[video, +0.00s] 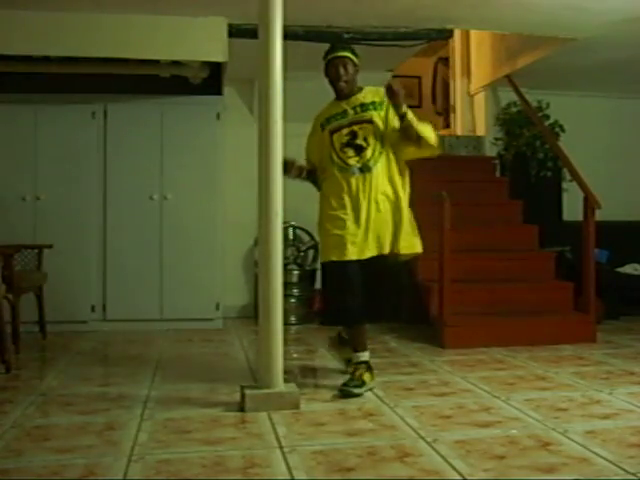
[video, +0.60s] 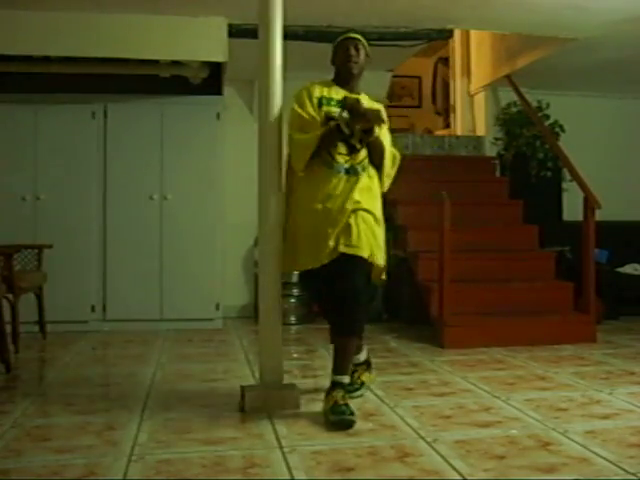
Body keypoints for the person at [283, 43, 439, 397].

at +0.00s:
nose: (340, 74)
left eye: (346, 67)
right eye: (333, 69)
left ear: (357, 70)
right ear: (326, 76)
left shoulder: (381, 101)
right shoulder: (322, 121)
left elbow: (426, 145)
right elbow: (325, 178)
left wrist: (403, 111)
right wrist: (304, 171)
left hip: (382, 216)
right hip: (340, 221)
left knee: (374, 288)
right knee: (347, 292)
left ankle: (348, 337)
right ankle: (361, 364)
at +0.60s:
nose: (350, 55)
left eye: (357, 50)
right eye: (344, 49)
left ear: (366, 62)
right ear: (333, 59)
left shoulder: (375, 108)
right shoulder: (311, 95)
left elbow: (388, 166)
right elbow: (301, 145)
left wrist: (371, 134)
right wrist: (335, 127)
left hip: (360, 208)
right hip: (316, 208)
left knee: (352, 292)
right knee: (326, 294)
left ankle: (337, 390)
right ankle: (358, 358)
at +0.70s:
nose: (345, 47)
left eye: (351, 42)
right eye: (338, 41)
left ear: (361, 54)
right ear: (327, 51)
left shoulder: (371, 101)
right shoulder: (306, 89)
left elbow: (390, 153)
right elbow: (278, 113)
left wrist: (371, 103)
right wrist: (312, 109)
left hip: (355, 209)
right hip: (308, 209)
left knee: (351, 296)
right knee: (318, 298)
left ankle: (336, 393)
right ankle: (352, 350)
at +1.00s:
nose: (309, 30)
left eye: (316, 23)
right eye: (302, 25)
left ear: (332, 31)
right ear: (294, 36)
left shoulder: (359, 71)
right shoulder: (281, 89)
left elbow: (398, 88)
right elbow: (249, 138)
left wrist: (373, 38)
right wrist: (232, 90)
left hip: (341, 210)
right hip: (281, 207)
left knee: (337, 311)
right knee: (258, 288)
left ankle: (335, 392)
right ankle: (273, 377)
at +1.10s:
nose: (296, 32)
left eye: (304, 25)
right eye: (291, 27)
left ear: (324, 33)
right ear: (286, 39)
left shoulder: (350, 68)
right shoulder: (280, 94)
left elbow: (388, 101)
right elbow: (261, 155)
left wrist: (369, 53)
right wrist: (231, 109)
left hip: (332, 212)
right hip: (273, 213)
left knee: (333, 308)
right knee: (257, 305)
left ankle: (334, 394)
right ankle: (264, 398)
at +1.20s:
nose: (287, 32)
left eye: (295, 24)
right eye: (281, 28)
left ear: (315, 32)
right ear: (277, 40)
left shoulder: (343, 69)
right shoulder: (273, 92)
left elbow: (385, 120)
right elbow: (254, 143)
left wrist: (366, 59)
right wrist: (220, 97)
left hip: (323, 214)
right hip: (261, 218)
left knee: (322, 311)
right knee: (256, 313)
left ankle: (332, 391)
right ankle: (272, 402)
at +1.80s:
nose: (265, 10)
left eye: (273, 4)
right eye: (256, 4)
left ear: (286, 16)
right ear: (243, 14)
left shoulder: (296, 77)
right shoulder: (216, 55)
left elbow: (304, 152)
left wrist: (335, 99)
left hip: (273, 218)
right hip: (212, 213)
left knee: (242, 329)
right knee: (225, 323)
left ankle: (213, 430)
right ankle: (257, 395)